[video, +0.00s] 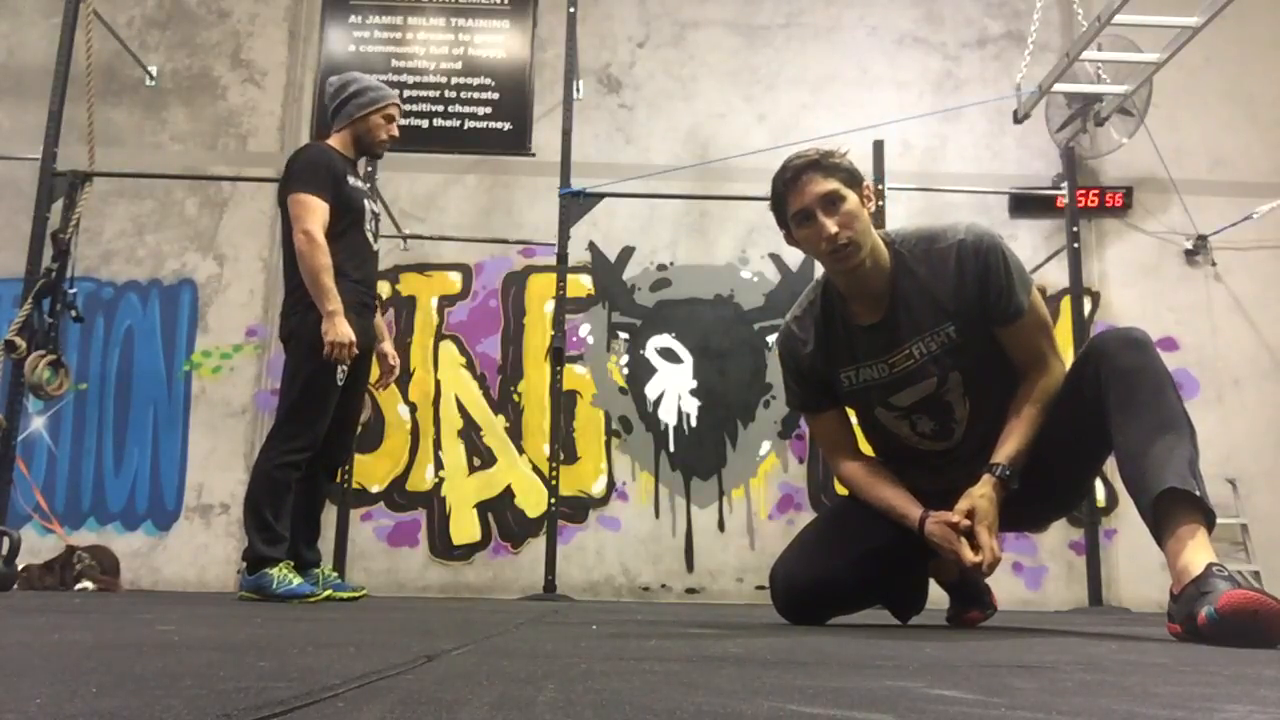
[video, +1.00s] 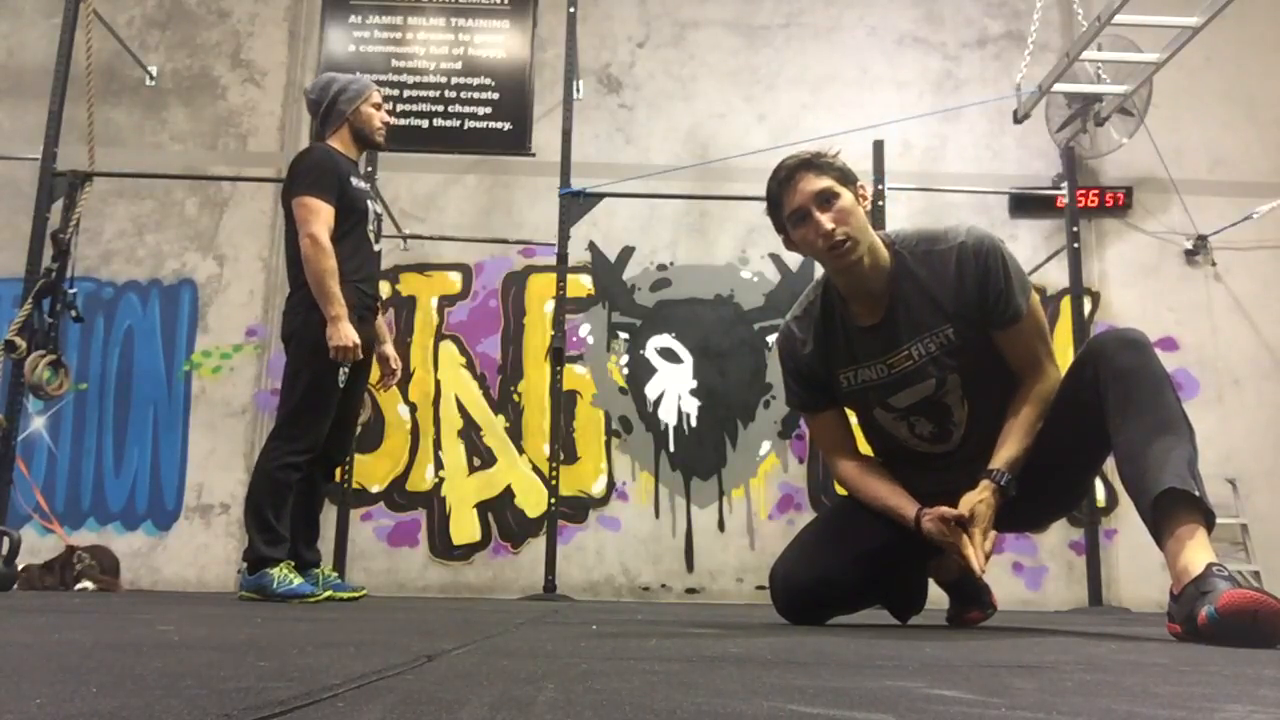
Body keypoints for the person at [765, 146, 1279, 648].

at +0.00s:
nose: (826, 227)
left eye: (833, 203)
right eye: (805, 222)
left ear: (868, 198)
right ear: (796, 243)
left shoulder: (971, 257)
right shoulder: (804, 338)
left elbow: (1045, 372)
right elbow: (843, 456)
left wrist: (993, 483)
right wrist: (921, 521)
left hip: (1020, 471)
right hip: (914, 498)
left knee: (1123, 348)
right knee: (796, 590)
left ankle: (1195, 576)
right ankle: (941, 562)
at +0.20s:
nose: (823, 227)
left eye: (830, 203)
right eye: (802, 222)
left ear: (867, 198)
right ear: (795, 244)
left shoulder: (971, 258)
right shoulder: (805, 337)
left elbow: (1044, 374)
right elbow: (842, 456)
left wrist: (989, 481)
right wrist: (922, 519)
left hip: (1020, 471)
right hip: (914, 497)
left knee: (1122, 348)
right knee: (796, 590)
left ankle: (1195, 577)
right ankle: (939, 560)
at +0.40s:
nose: (823, 226)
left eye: (830, 202)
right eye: (802, 222)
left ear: (867, 197)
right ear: (796, 243)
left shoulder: (970, 260)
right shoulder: (805, 336)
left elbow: (1040, 378)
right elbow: (841, 454)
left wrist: (986, 483)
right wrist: (917, 518)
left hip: (1018, 472)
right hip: (912, 496)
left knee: (1119, 348)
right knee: (796, 590)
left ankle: (1195, 578)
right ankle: (939, 560)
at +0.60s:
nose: (824, 224)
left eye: (831, 200)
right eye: (803, 220)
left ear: (866, 197)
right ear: (796, 243)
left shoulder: (970, 260)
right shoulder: (805, 338)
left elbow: (1040, 378)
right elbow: (841, 456)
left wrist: (993, 484)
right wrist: (917, 519)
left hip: (1018, 472)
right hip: (912, 498)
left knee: (1120, 348)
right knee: (796, 591)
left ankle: (1195, 577)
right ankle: (937, 559)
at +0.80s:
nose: (822, 222)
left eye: (828, 200)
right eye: (801, 220)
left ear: (864, 196)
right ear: (794, 244)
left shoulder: (971, 260)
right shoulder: (804, 340)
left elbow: (1040, 379)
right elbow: (842, 456)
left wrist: (992, 485)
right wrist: (915, 517)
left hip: (1018, 472)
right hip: (913, 497)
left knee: (1121, 348)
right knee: (796, 590)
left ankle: (1195, 578)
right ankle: (938, 560)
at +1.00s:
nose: (822, 223)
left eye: (828, 200)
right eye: (800, 221)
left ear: (863, 195)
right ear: (793, 245)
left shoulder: (970, 259)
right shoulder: (804, 340)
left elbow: (1040, 379)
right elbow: (841, 456)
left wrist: (992, 485)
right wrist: (916, 516)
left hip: (1018, 472)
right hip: (913, 497)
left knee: (1120, 349)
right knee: (796, 590)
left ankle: (1195, 578)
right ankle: (940, 560)